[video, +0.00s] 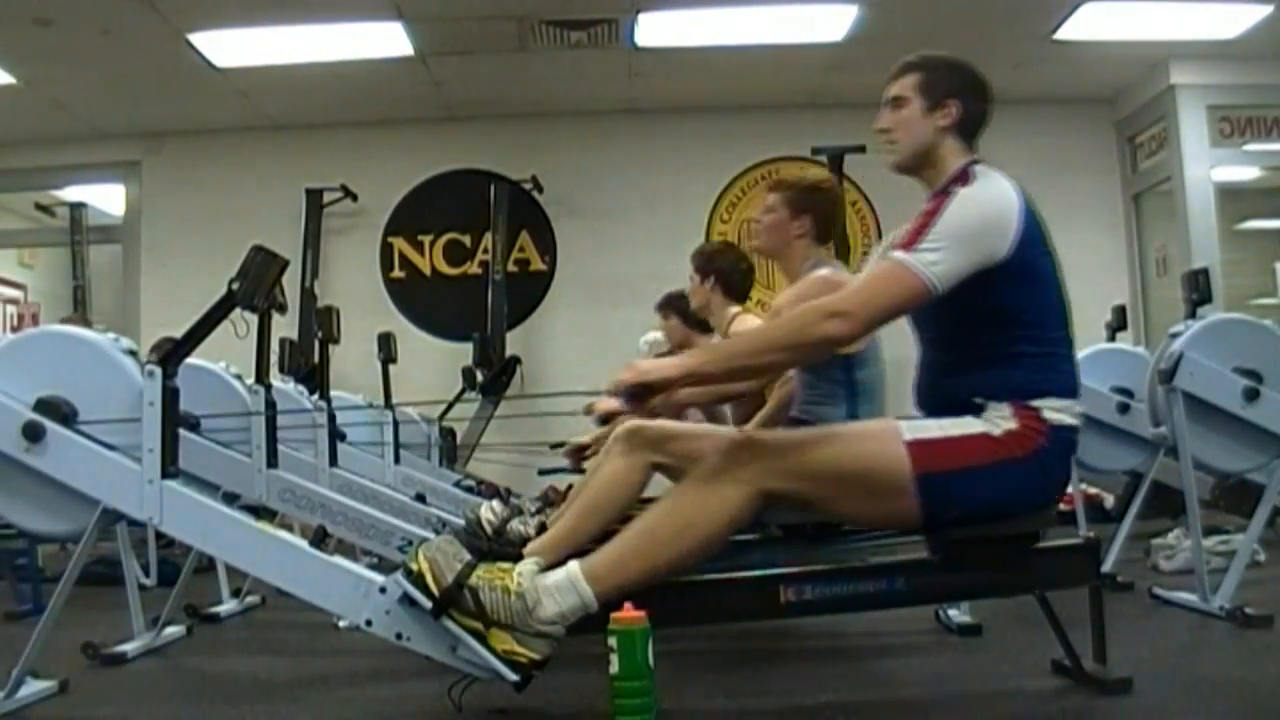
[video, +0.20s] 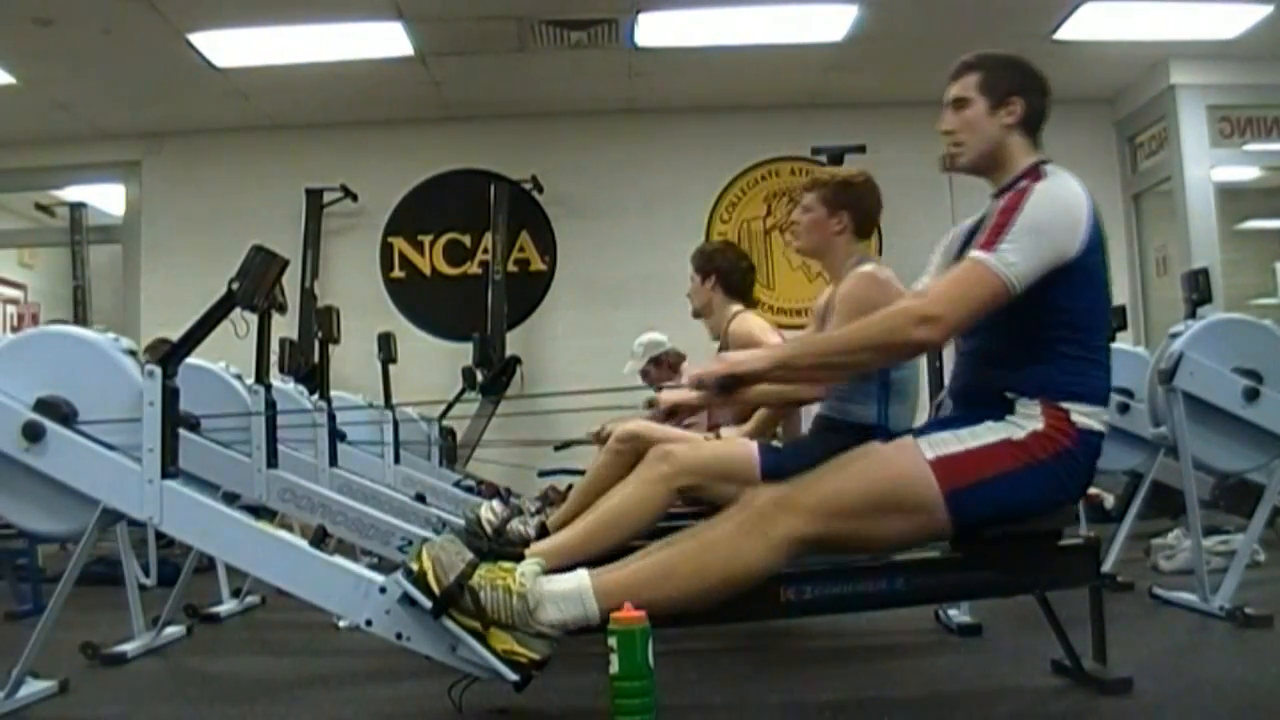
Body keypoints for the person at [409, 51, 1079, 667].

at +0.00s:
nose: (879, 125)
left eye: (896, 107)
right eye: (883, 111)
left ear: (950, 117)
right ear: (939, 122)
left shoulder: (983, 202)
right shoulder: (944, 210)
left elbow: (842, 322)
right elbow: (826, 316)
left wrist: (679, 369)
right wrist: (681, 377)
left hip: (1014, 440)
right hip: (969, 436)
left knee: (753, 457)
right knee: (730, 458)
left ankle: (548, 605)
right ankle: (539, 596)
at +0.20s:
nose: (944, 125)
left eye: (960, 108)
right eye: (944, 111)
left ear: (1013, 115)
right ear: (985, 122)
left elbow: (924, 324)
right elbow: (888, 343)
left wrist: (762, 367)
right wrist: (762, 389)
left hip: (1041, 433)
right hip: (984, 428)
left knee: (799, 506)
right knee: (776, 502)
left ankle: (550, 607)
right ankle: (545, 601)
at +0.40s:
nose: (987, 133)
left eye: (1000, 115)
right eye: (985, 118)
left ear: (1053, 115)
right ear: (1025, 120)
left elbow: (1020, 333)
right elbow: (942, 357)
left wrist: (838, 360)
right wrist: (820, 380)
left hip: (1036, 431)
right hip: (985, 425)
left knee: (792, 539)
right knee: (780, 536)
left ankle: (551, 605)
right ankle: (551, 603)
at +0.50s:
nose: (997, 134)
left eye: (1010, 116)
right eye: (996, 119)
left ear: (1063, 116)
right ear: (1039, 123)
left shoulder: (1096, 197)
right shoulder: (1044, 222)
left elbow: (1063, 334)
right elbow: (974, 367)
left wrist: (899, 350)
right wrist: (850, 376)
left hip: (1034, 429)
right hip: (986, 422)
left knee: (796, 532)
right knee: (777, 523)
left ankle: (557, 611)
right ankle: (555, 597)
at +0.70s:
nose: (1001, 139)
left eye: (1012, 121)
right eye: (1000, 125)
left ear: (1066, 119)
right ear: (1048, 127)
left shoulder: (1101, 196)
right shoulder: (1057, 216)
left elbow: (1142, 334)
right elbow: (1007, 360)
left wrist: (993, 331)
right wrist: (903, 381)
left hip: (1045, 432)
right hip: (1003, 422)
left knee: (799, 520)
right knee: (778, 511)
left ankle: (552, 606)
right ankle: (549, 602)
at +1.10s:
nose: (954, 138)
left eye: (968, 118)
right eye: (953, 124)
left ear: (1023, 117)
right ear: (1006, 125)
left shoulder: (1068, 199)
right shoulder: (1020, 212)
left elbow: (1114, 363)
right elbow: (1037, 355)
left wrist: (962, 363)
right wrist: (938, 380)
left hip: (1037, 434)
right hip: (997, 427)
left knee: (791, 519)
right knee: (770, 506)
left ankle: (555, 608)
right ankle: (552, 597)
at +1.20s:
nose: (933, 132)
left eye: (946, 113)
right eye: (931, 119)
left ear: (999, 113)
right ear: (979, 123)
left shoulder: (1044, 196)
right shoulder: (993, 216)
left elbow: (1038, 369)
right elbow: (986, 362)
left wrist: (885, 391)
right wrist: (879, 405)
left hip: (1035, 438)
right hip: (990, 431)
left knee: (788, 508)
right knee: (761, 496)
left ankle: (554, 605)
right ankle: (551, 597)